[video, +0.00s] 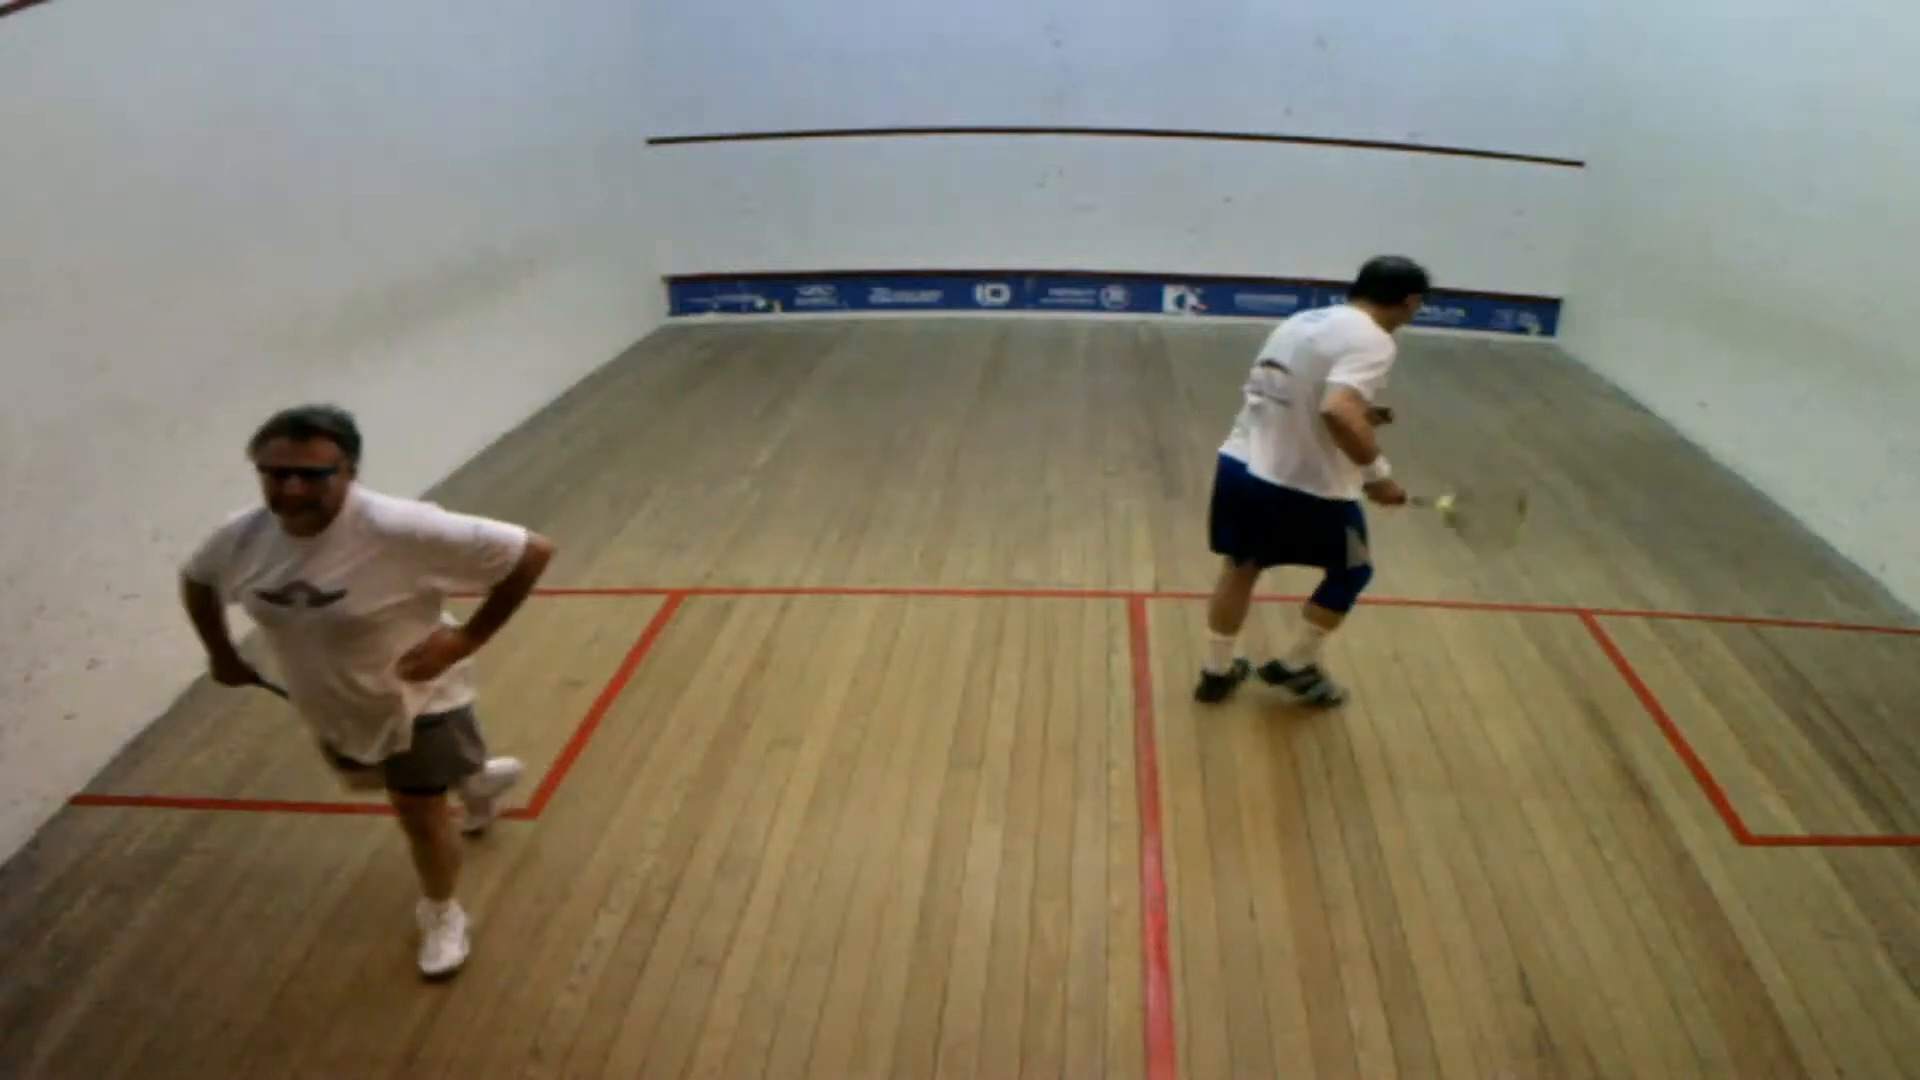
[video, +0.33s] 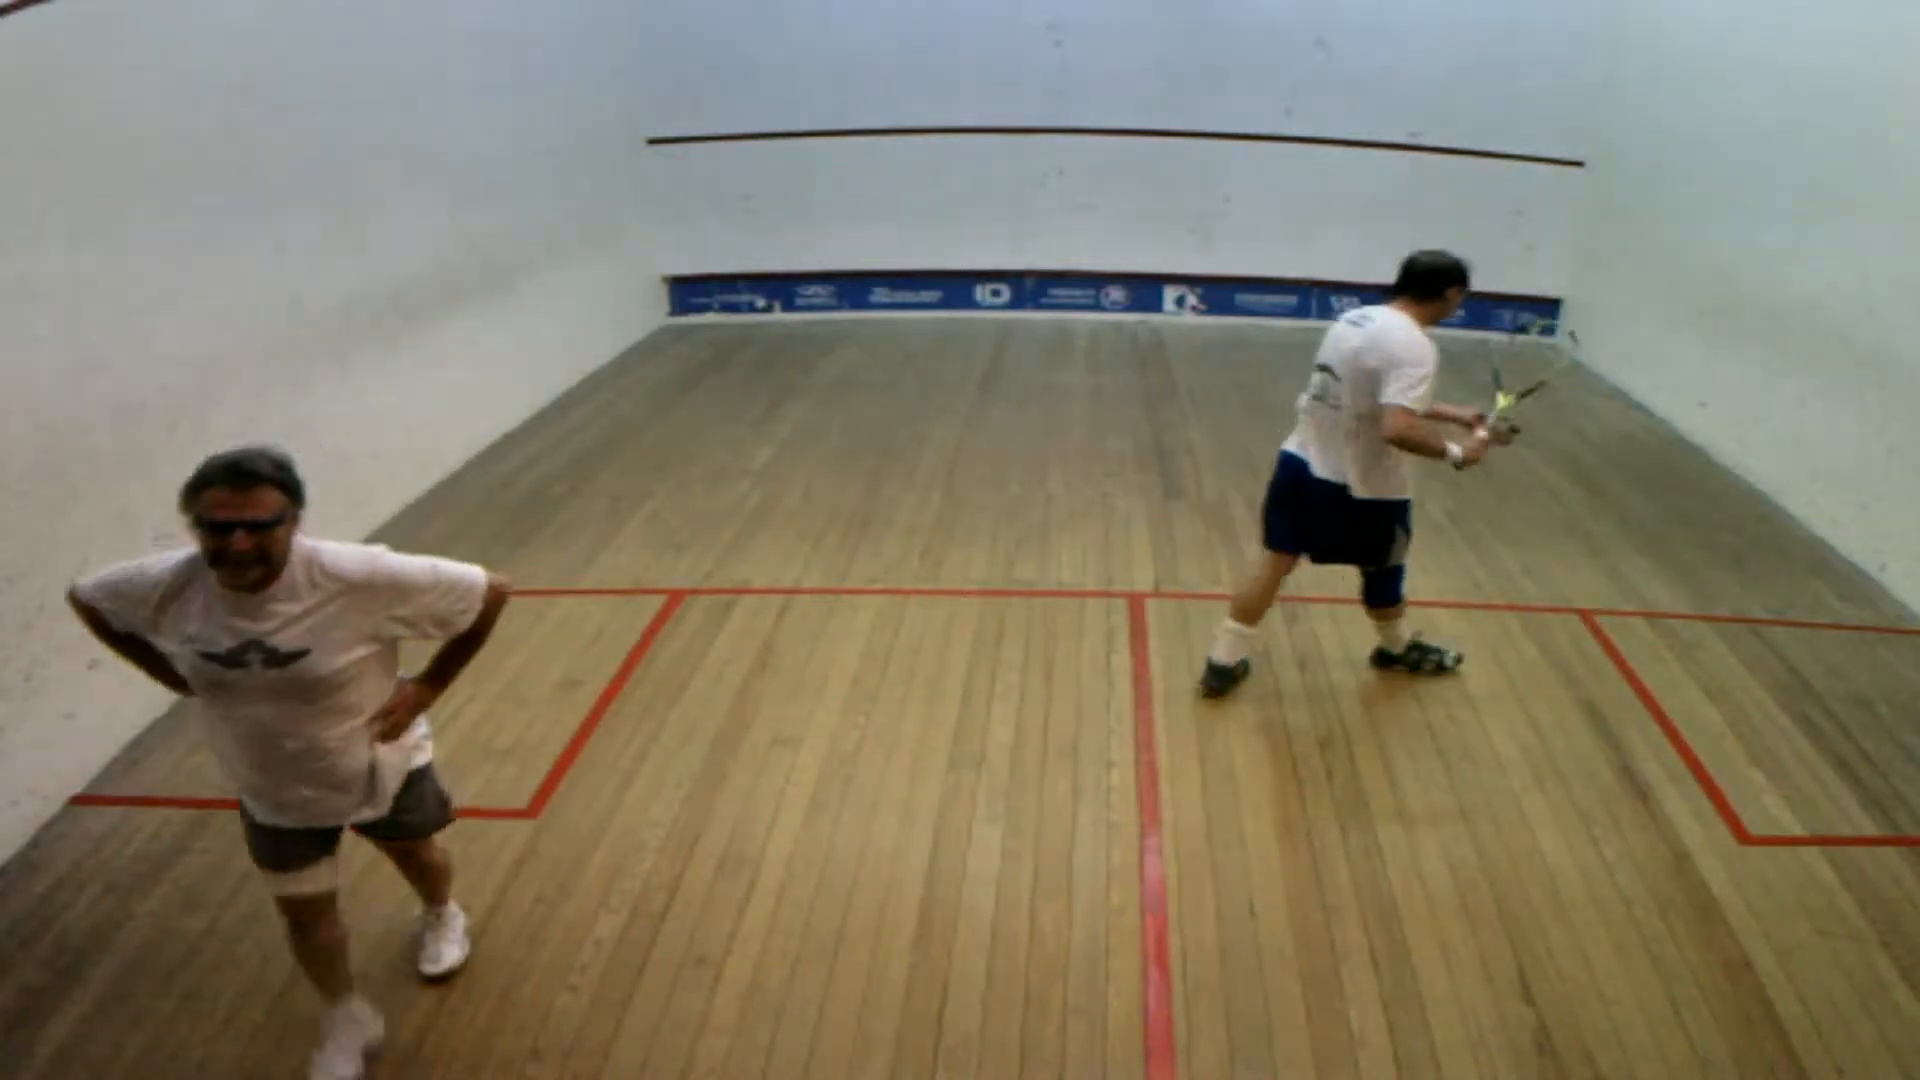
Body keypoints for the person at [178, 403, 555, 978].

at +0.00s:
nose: (292, 490)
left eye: (312, 475)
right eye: (277, 475)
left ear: (349, 476)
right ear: (259, 476)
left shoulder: (393, 530)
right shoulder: (243, 542)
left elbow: (530, 554)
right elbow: (196, 582)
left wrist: (463, 640)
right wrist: (222, 657)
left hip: (417, 704)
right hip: (335, 712)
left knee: (422, 808)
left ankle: (443, 913)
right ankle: (479, 785)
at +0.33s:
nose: (239, 545)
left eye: (261, 527)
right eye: (219, 529)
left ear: (294, 524)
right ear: (196, 529)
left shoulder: (352, 578)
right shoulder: (171, 586)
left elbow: (486, 594)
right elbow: (90, 600)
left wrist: (426, 687)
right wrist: (177, 680)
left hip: (377, 766)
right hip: (274, 791)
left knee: (417, 852)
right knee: (306, 916)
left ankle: (443, 916)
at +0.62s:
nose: (192, 607)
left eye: (207, 585)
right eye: (164, 594)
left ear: (228, 574)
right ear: (125, 599)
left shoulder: (290, 624)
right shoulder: (93, 674)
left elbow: (424, 634)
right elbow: (8, 723)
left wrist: (388, 739)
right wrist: (102, 785)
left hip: (346, 835)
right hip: (240, 881)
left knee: (420, 924)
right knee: (296, 991)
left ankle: (439, 951)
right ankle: (361, 1063)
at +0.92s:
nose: (214, 642)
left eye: (222, 615)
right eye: (181, 631)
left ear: (232, 605)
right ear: (117, 643)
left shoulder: (296, 657)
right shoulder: (72, 747)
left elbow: (394, 661)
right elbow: (4, 834)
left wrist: (378, 779)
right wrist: (105, 878)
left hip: (364, 890)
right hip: (249, 945)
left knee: (452, 1014)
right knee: (311, 1023)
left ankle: (456, 1072)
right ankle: (366, 1068)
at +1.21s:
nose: (304, 659)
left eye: (304, 634)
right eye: (270, 648)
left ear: (314, 626)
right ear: (192, 670)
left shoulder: (368, 695)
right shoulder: (139, 797)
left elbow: (415, 729)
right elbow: (19, 913)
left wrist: (392, 827)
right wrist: (163, 960)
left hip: (432, 962)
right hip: (314, 1026)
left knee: (472, 1055)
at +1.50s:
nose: (375, 674)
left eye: (360, 656)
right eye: (348, 664)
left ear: (286, 705)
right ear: (283, 704)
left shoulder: (327, 747)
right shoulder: (234, 857)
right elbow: (153, 1036)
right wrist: (292, 1048)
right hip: (416, 1068)